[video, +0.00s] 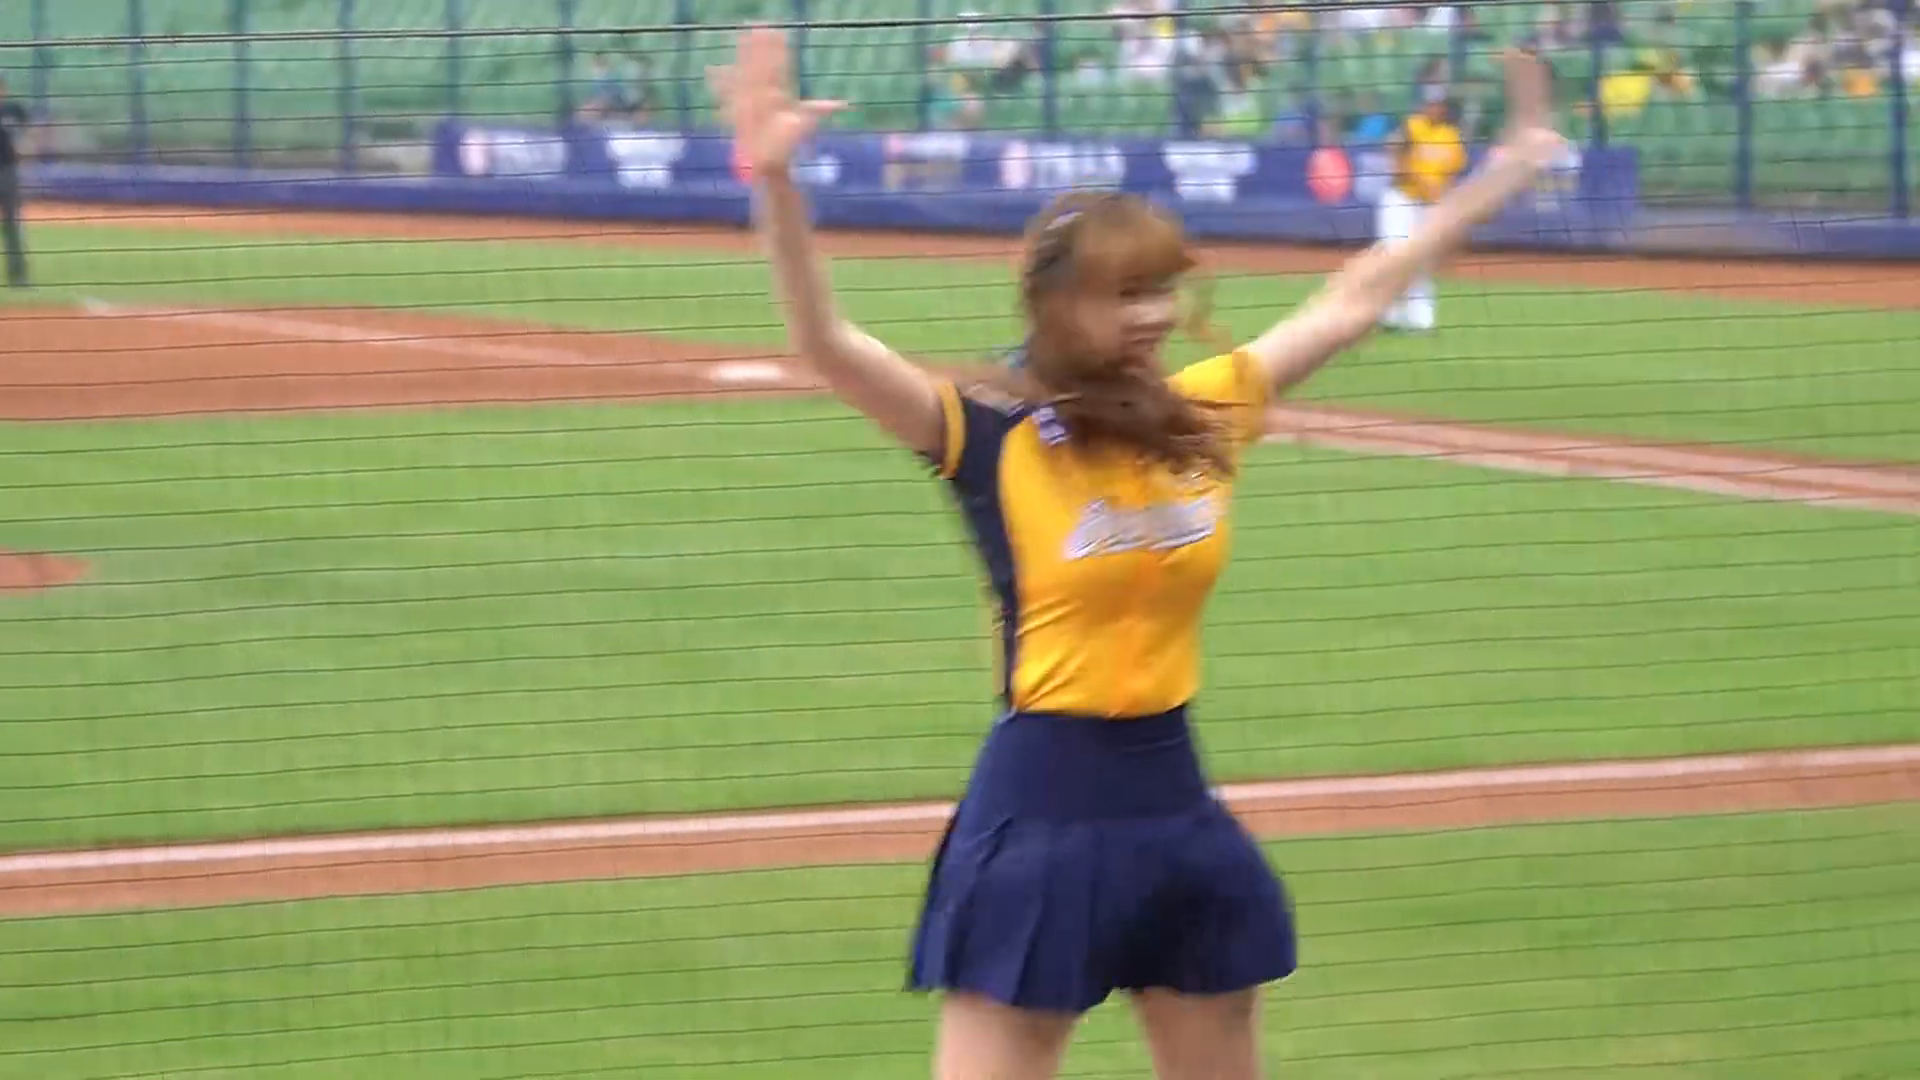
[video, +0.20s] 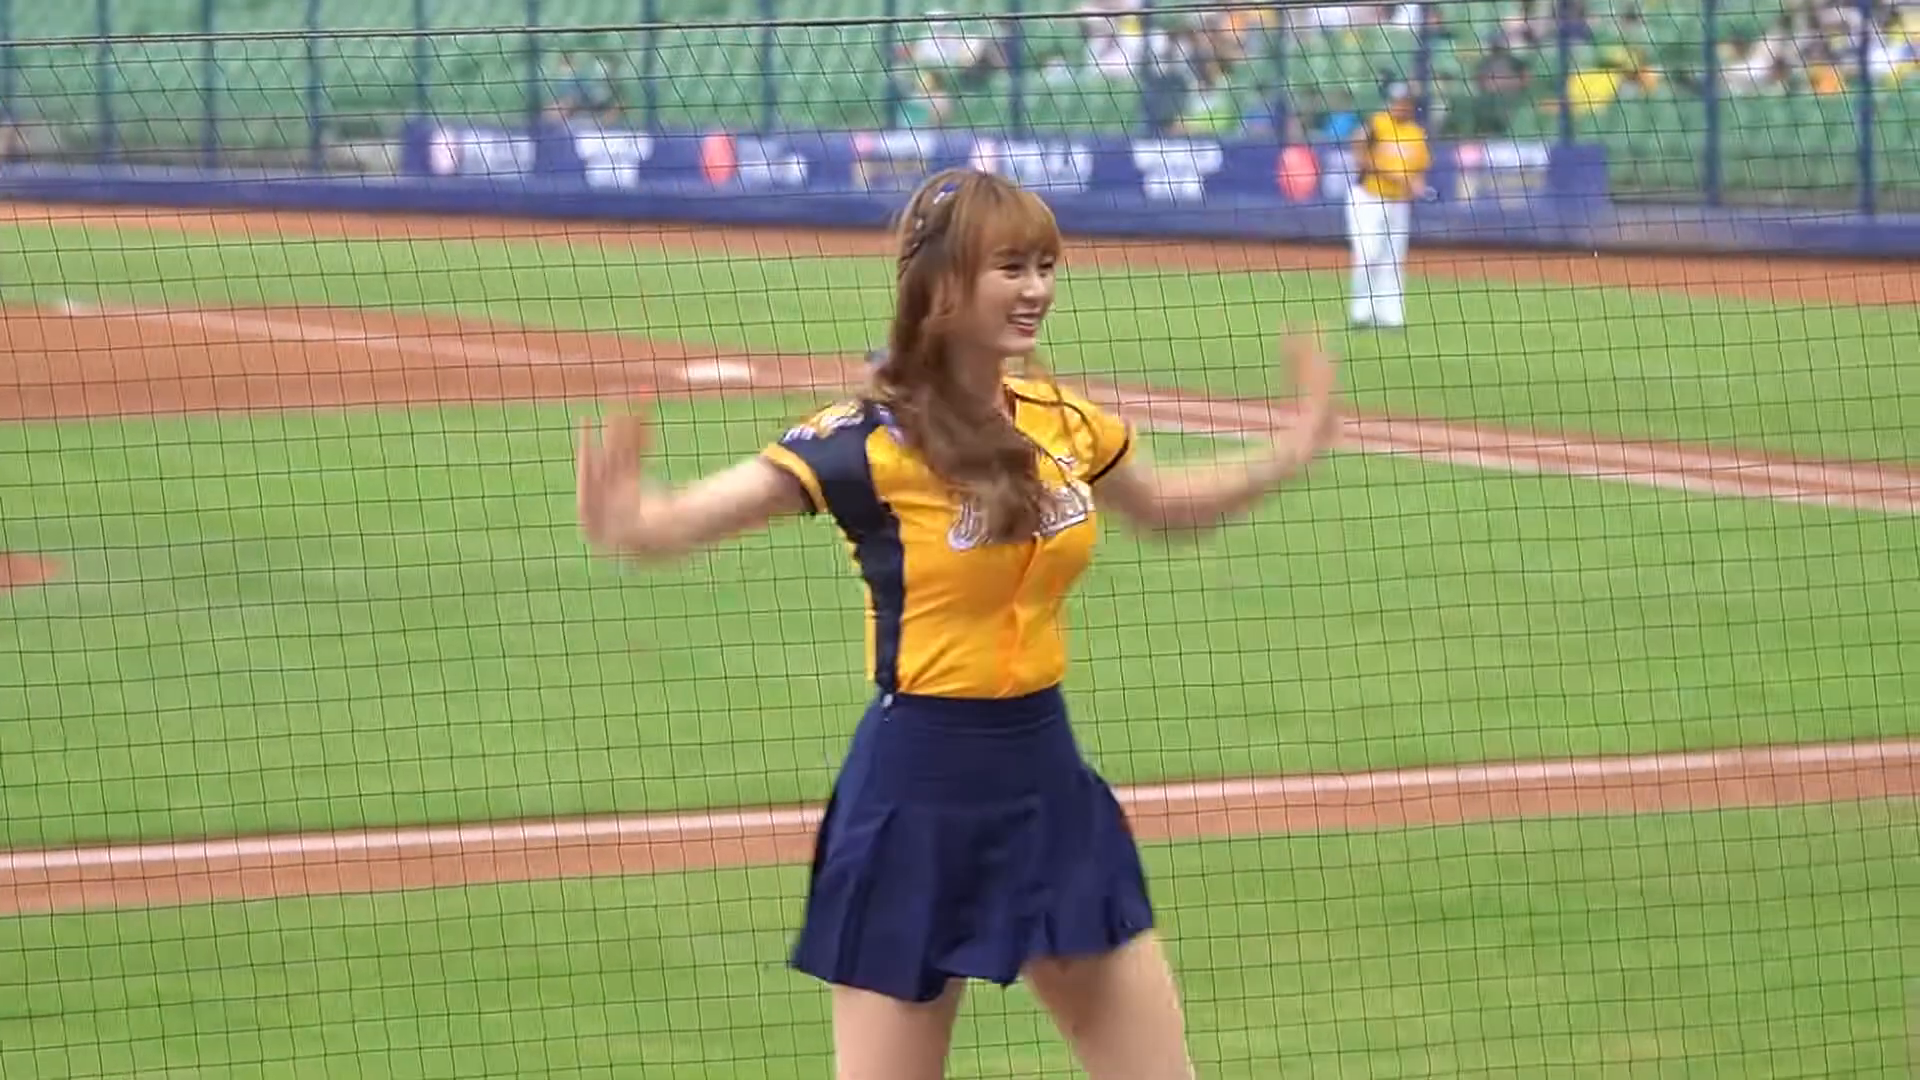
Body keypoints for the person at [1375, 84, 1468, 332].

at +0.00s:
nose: (1434, 110)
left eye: (1439, 105)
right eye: (1430, 104)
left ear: (1446, 107)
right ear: (1423, 105)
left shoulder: (1451, 134)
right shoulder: (1411, 128)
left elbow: (1458, 163)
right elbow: (1399, 166)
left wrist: (1441, 185)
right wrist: (1425, 187)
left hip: (1430, 201)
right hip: (1400, 198)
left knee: (1422, 258)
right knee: (1396, 255)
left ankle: (1420, 312)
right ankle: (1390, 311)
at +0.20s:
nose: (1400, 107)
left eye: (1405, 102)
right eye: (1396, 102)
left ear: (1413, 105)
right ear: (1388, 102)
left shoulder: (1417, 134)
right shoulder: (1377, 124)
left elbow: (1419, 166)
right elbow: (1360, 158)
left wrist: (1417, 184)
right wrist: (1397, 177)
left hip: (1398, 200)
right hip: (1367, 197)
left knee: (1393, 256)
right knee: (1369, 252)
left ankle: (1389, 310)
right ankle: (1362, 309)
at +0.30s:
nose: (1399, 107)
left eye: (1404, 102)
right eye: (1395, 101)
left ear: (1412, 104)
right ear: (1387, 101)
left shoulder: (1414, 133)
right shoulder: (1373, 122)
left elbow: (1418, 164)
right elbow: (1356, 154)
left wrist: (1416, 181)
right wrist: (1395, 177)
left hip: (1397, 200)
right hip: (1366, 197)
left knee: (1392, 257)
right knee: (1367, 252)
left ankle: (1389, 312)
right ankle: (1358, 308)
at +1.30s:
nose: (1369, 92)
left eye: (1373, 87)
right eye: (1365, 87)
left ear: (1381, 87)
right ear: (1358, 88)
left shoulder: (1398, 111)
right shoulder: (1348, 113)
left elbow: (1416, 142)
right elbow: (1335, 143)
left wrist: (1391, 160)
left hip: (1394, 184)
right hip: (1359, 185)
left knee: (1403, 241)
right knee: (1364, 244)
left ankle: (1407, 300)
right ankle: (1370, 302)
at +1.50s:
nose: (1369, 83)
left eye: (1373, 78)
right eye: (1365, 78)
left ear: (1381, 79)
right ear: (1359, 81)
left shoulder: (1399, 104)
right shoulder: (1349, 107)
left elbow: (1418, 133)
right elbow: (1338, 136)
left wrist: (1398, 155)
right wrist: (1354, 157)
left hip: (1396, 176)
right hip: (1361, 177)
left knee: (1403, 234)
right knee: (1365, 237)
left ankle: (1392, 283)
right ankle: (1371, 295)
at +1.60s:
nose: (1371, 80)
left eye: (1375, 75)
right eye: (1367, 75)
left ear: (1383, 76)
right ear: (1361, 78)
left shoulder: (1401, 101)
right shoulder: (1351, 104)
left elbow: (1419, 131)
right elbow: (1340, 134)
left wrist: (1398, 156)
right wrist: (1360, 156)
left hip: (1398, 175)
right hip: (1363, 176)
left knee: (1402, 233)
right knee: (1368, 235)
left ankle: (1394, 283)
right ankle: (1373, 292)